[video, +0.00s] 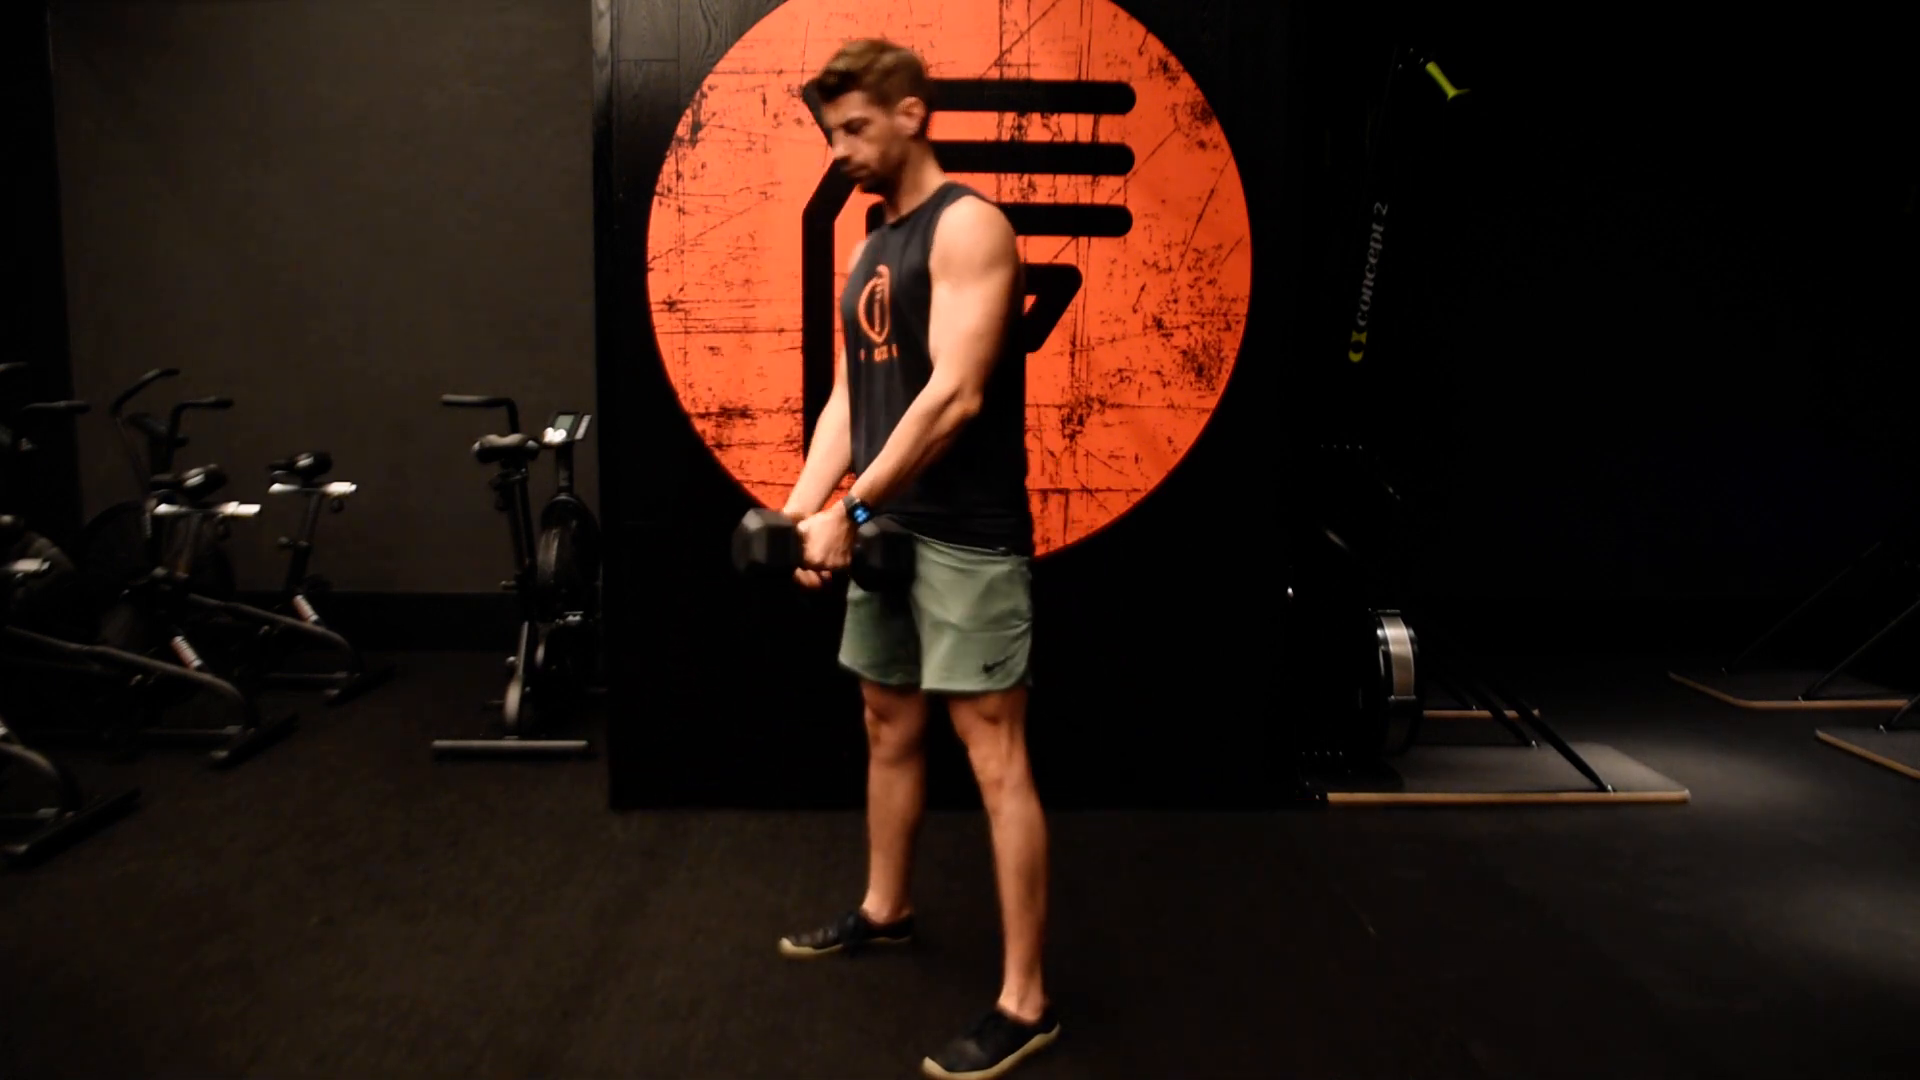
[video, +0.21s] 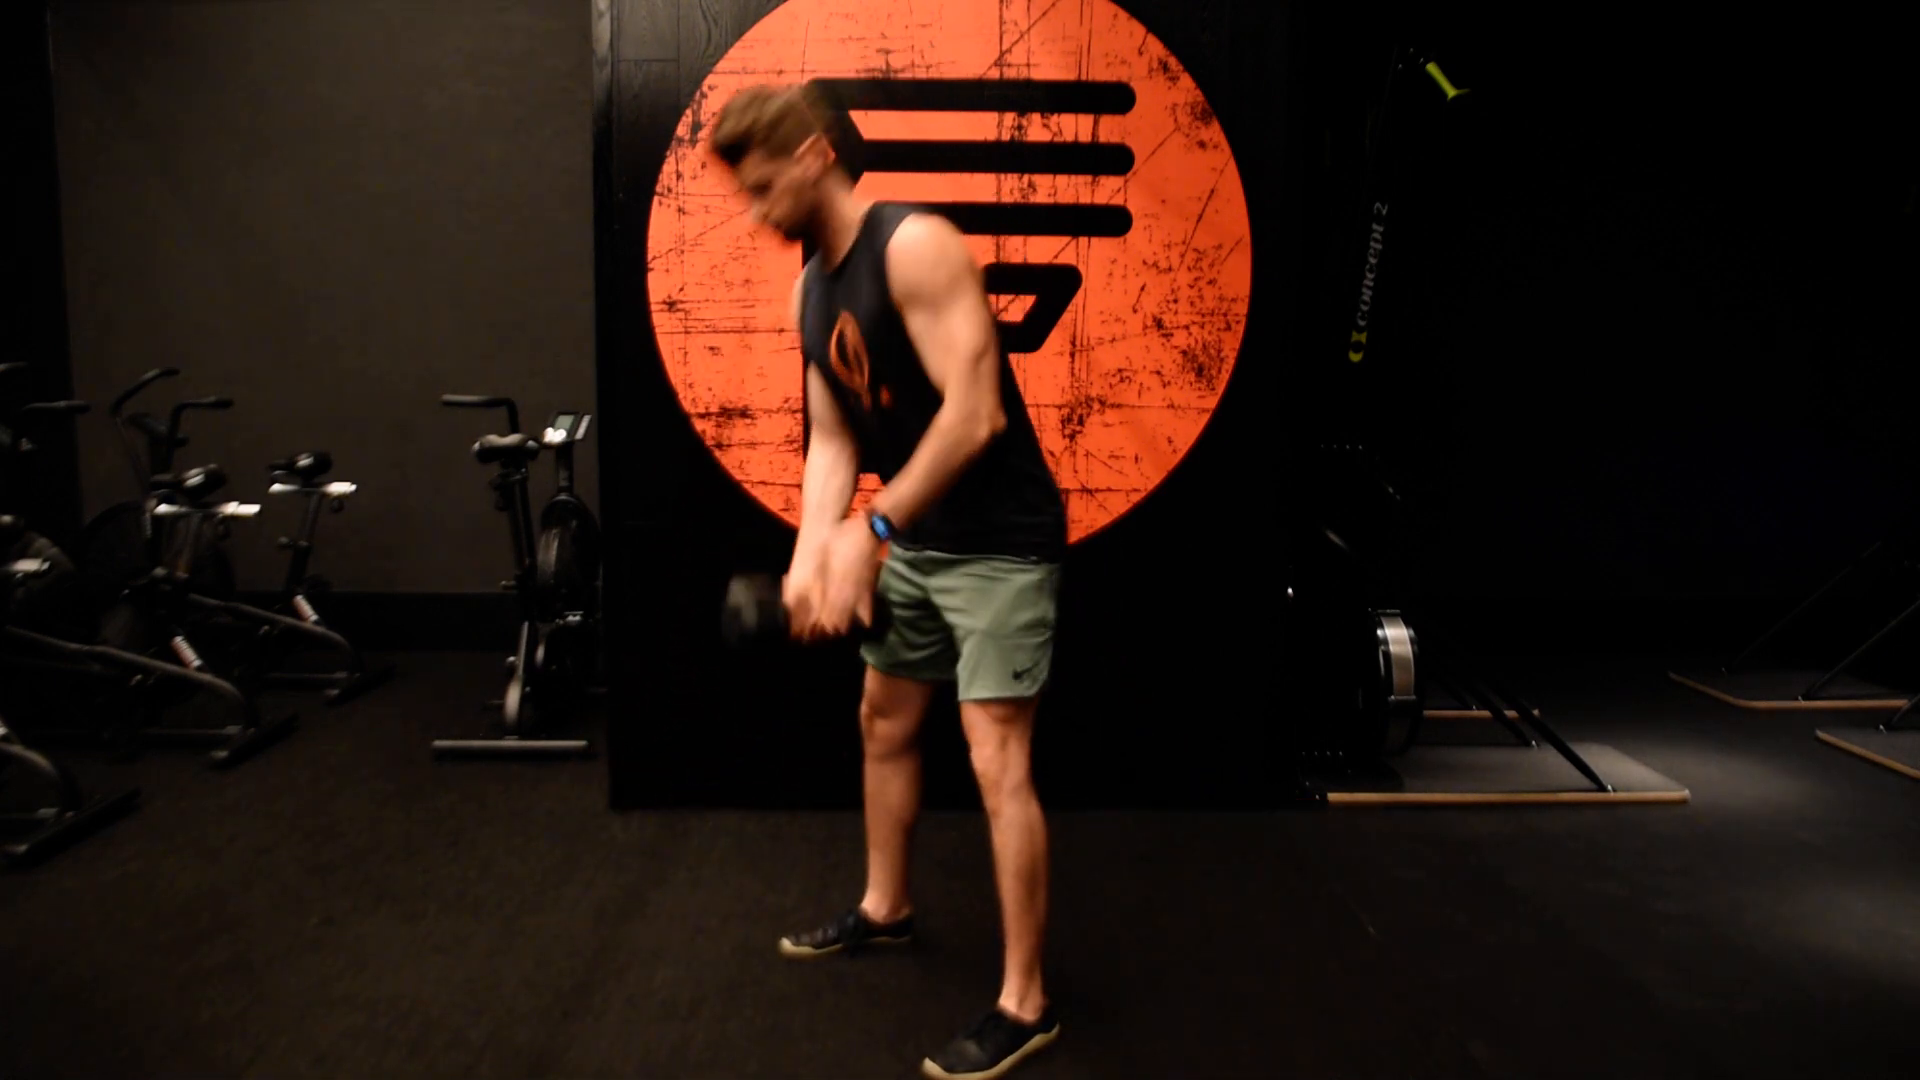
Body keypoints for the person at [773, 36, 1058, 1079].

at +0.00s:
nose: (841, 150)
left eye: (852, 129)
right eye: (833, 134)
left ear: (911, 114)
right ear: (852, 133)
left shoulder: (972, 225)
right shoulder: (872, 249)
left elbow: (957, 393)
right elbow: (850, 396)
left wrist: (849, 508)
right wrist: (799, 514)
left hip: (968, 539)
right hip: (887, 533)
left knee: (998, 760)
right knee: (889, 729)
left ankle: (1025, 999)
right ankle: (883, 912)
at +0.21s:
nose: (753, 208)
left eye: (760, 185)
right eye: (745, 192)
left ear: (818, 156)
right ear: (784, 175)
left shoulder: (919, 247)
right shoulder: (812, 290)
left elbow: (975, 410)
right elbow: (830, 439)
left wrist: (874, 527)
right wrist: (812, 549)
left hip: (999, 543)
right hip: (906, 544)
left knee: (997, 753)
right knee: (885, 724)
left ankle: (1025, 998)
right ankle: (884, 909)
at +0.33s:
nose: (699, 316)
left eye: (702, 292)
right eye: (687, 301)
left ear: (752, 256)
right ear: (724, 281)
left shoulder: (888, 325)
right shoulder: (784, 381)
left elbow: (966, 489)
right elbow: (810, 528)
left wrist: (899, 632)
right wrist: (802, 673)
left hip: (1030, 550)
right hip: (942, 549)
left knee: (994, 762)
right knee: (861, 705)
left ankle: (1024, 1002)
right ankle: (883, 908)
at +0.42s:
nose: (684, 416)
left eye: (685, 390)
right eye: (671, 401)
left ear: (726, 353)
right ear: (711, 369)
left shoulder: (873, 400)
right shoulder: (770, 452)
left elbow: (942, 571)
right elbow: (802, 603)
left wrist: (908, 732)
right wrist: (801, 749)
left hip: (1035, 557)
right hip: (944, 557)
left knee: (987, 766)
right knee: (851, 717)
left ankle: (1024, 1002)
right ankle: (883, 907)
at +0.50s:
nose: (680, 523)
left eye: (677, 502)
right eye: (667, 510)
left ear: (712, 450)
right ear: (710, 452)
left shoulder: (858, 479)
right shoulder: (766, 529)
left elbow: (911, 659)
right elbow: (795, 676)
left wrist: (896, 826)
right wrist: (799, 821)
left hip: (1036, 573)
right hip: (941, 583)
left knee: (977, 773)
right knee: (838, 720)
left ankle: (1023, 1007)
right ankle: (882, 912)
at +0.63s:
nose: (681, 641)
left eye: (676, 622)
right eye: (669, 630)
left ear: (702, 570)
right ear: (698, 570)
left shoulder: (837, 582)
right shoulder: (763, 615)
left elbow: (871, 772)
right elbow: (791, 755)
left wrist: (868, 927)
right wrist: (792, 895)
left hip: (1042, 591)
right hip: (946, 609)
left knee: (962, 780)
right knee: (829, 709)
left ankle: (1023, 1005)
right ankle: (879, 903)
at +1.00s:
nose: (715, 763)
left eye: (703, 753)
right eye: (699, 762)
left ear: (710, 711)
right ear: (705, 703)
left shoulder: (810, 683)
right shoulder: (735, 642)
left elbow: (850, 879)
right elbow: (774, 794)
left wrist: (844, 1036)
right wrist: (788, 935)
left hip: (1014, 539)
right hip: (925, 540)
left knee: (965, 770)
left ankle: (1027, 1000)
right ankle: (889, 895)